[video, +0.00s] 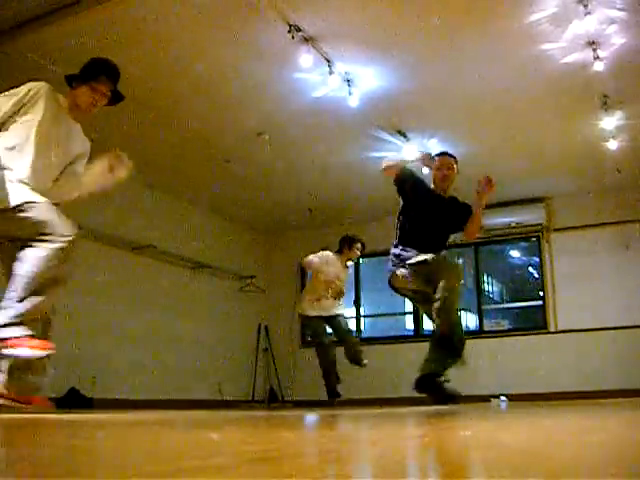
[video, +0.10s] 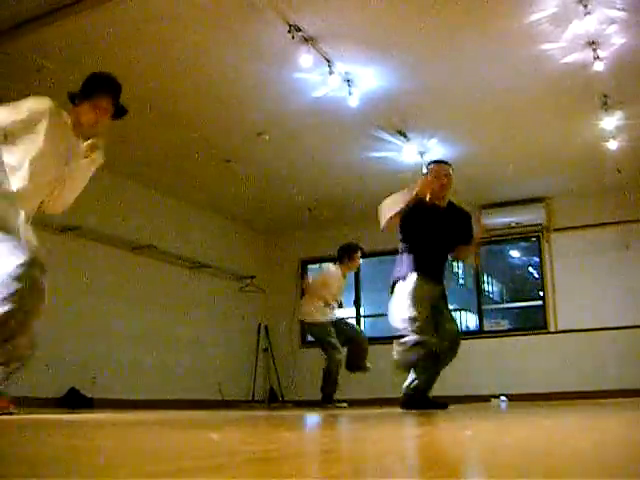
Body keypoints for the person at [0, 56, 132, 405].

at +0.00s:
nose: (97, 102)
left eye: (103, 100)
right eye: (94, 92)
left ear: (103, 106)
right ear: (77, 83)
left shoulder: (80, 144)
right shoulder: (39, 93)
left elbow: (56, 191)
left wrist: (94, 178)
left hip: (32, 199)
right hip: (6, 183)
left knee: (39, 285)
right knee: (59, 232)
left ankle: (18, 382)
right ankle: (12, 323)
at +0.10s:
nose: (100, 119)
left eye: (106, 115)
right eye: (97, 108)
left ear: (108, 120)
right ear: (81, 101)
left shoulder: (80, 155)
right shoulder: (42, 111)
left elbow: (54, 206)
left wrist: (85, 165)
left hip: (17, 216)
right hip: (3, 201)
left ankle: (1, 383)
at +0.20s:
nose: (97, 142)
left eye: (104, 136)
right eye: (92, 132)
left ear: (108, 140)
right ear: (75, 127)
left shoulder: (80, 179)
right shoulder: (43, 142)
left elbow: (51, 223)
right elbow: (0, 161)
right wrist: (9, 200)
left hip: (13, 248)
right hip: (2, 242)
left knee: (31, 310)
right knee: (24, 307)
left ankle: (1, 392)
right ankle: (0, 393)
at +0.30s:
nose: (92, 144)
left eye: (99, 138)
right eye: (87, 134)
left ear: (103, 140)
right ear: (68, 129)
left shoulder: (80, 180)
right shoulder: (37, 151)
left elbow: (51, 226)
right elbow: (15, 210)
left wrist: (52, 263)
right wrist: (68, 248)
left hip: (27, 267)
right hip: (3, 258)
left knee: (36, 320)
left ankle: (1, 389)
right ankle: (1, 392)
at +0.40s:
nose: (81, 124)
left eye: (87, 118)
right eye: (76, 115)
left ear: (92, 119)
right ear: (60, 110)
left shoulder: (84, 157)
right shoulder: (34, 132)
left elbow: (65, 205)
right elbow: (33, 189)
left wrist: (45, 252)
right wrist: (84, 203)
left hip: (32, 241)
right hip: (4, 233)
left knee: (35, 301)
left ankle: (5, 391)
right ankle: (4, 392)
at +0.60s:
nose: (58, 84)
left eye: (65, 77)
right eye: (52, 76)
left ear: (79, 76)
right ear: (43, 74)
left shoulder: (94, 115)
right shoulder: (24, 91)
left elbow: (94, 161)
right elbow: (23, 139)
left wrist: (55, 165)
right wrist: (80, 130)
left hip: (49, 210)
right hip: (8, 208)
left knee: (44, 268)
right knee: (10, 292)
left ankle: (14, 377)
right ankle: (17, 384)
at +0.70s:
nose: (46, 83)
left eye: (54, 76)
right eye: (40, 75)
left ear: (66, 79)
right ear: (29, 76)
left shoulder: (84, 119)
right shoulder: (10, 106)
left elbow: (105, 170)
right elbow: (2, 149)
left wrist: (64, 154)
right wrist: (28, 144)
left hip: (56, 221)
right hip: (11, 223)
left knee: (48, 292)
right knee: (21, 308)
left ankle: (69, 378)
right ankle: (38, 391)